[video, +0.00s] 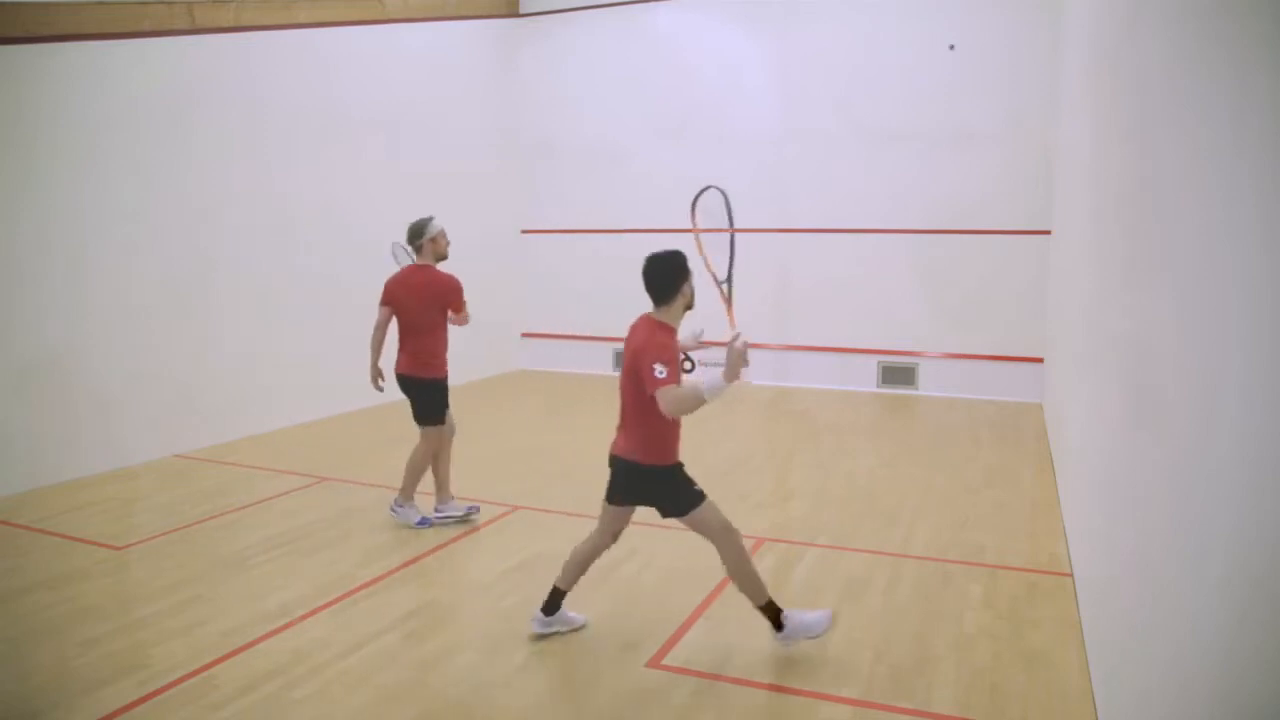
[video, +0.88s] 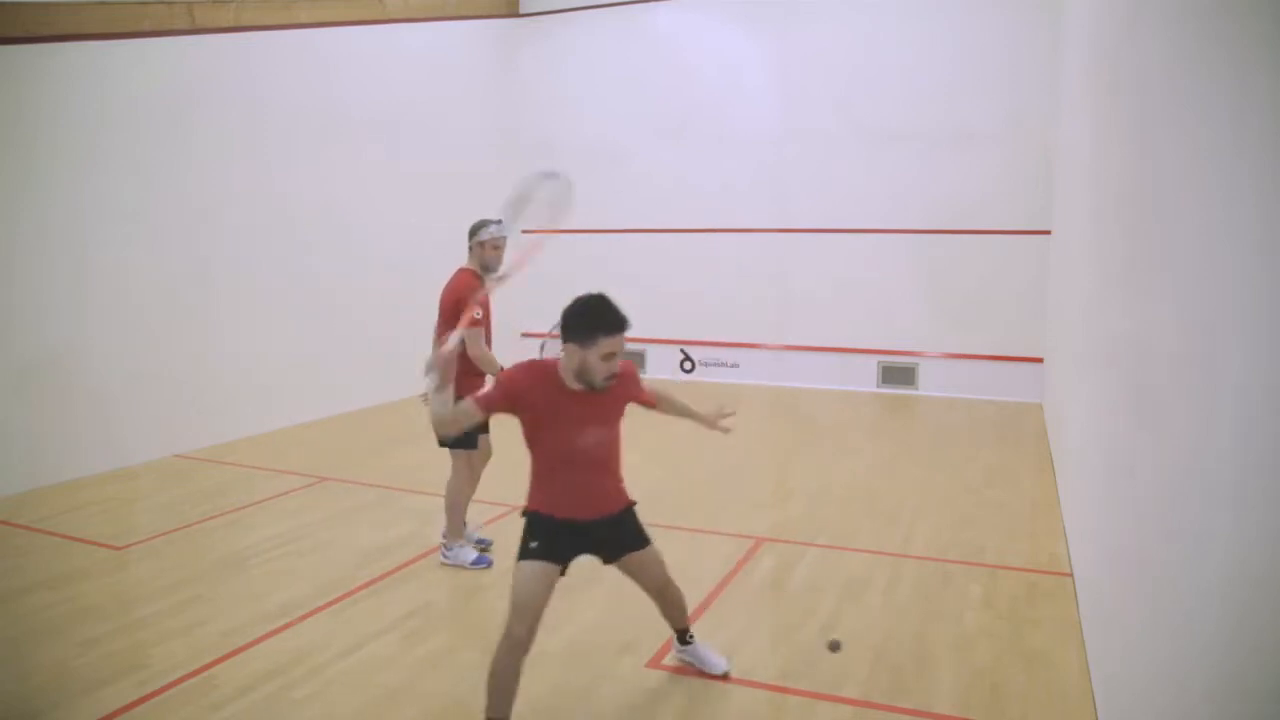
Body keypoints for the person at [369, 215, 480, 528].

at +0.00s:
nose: (448, 242)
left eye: (445, 236)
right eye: (442, 237)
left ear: (418, 245)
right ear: (427, 244)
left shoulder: (396, 281)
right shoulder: (448, 282)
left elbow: (381, 325)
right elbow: (461, 317)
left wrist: (374, 363)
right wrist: (442, 312)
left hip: (407, 371)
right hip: (432, 375)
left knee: (446, 431)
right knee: (431, 438)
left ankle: (444, 502)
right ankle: (404, 502)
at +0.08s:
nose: (455, 244)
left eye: (453, 238)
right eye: (449, 239)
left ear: (428, 247)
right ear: (433, 245)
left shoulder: (406, 282)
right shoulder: (453, 284)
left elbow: (390, 328)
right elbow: (472, 327)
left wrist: (387, 366)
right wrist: (474, 315)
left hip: (417, 373)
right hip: (440, 376)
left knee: (453, 435)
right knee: (438, 440)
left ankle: (457, 508)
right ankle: (404, 500)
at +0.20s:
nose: (465, 250)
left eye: (465, 244)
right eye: (459, 245)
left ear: (441, 251)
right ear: (441, 250)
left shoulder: (423, 285)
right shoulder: (454, 289)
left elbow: (410, 332)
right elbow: (481, 333)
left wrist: (411, 372)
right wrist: (494, 342)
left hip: (431, 379)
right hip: (447, 382)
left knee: (469, 441)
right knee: (461, 448)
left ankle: (459, 510)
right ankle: (415, 498)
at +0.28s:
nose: (471, 250)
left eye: (471, 244)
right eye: (466, 245)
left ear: (449, 250)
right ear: (447, 249)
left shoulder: (434, 283)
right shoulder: (452, 288)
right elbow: (476, 333)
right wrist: (496, 350)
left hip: (444, 379)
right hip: (448, 381)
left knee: (470, 442)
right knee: (468, 445)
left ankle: (459, 510)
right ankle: (429, 504)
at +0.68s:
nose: (490, 256)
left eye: (492, 250)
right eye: (484, 249)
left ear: (484, 252)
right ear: (465, 251)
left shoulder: (461, 286)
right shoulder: (460, 291)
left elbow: (466, 346)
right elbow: (470, 350)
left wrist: (492, 370)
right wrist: (499, 373)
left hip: (462, 388)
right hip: (453, 390)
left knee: (479, 449)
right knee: (466, 461)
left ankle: (461, 515)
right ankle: (453, 544)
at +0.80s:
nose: (495, 254)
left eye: (498, 248)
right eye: (489, 247)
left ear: (495, 249)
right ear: (471, 248)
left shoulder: (469, 283)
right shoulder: (465, 286)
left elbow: (482, 338)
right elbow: (474, 348)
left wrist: (502, 365)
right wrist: (500, 371)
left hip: (467, 386)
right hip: (450, 389)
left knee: (482, 451)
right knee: (464, 461)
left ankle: (458, 518)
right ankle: (452, 543)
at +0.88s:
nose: (497, 253)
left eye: (500, 246)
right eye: (490, 247)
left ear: (501, 249)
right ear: (473, 249)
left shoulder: (466, 281)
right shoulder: (471, 287)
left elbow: (446, 338)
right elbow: (475, 347)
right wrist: (507, 378)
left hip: (463, 386)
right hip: (458, 389)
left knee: (481, 453)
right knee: (465, 462)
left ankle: (457, 524)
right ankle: (453, 542)